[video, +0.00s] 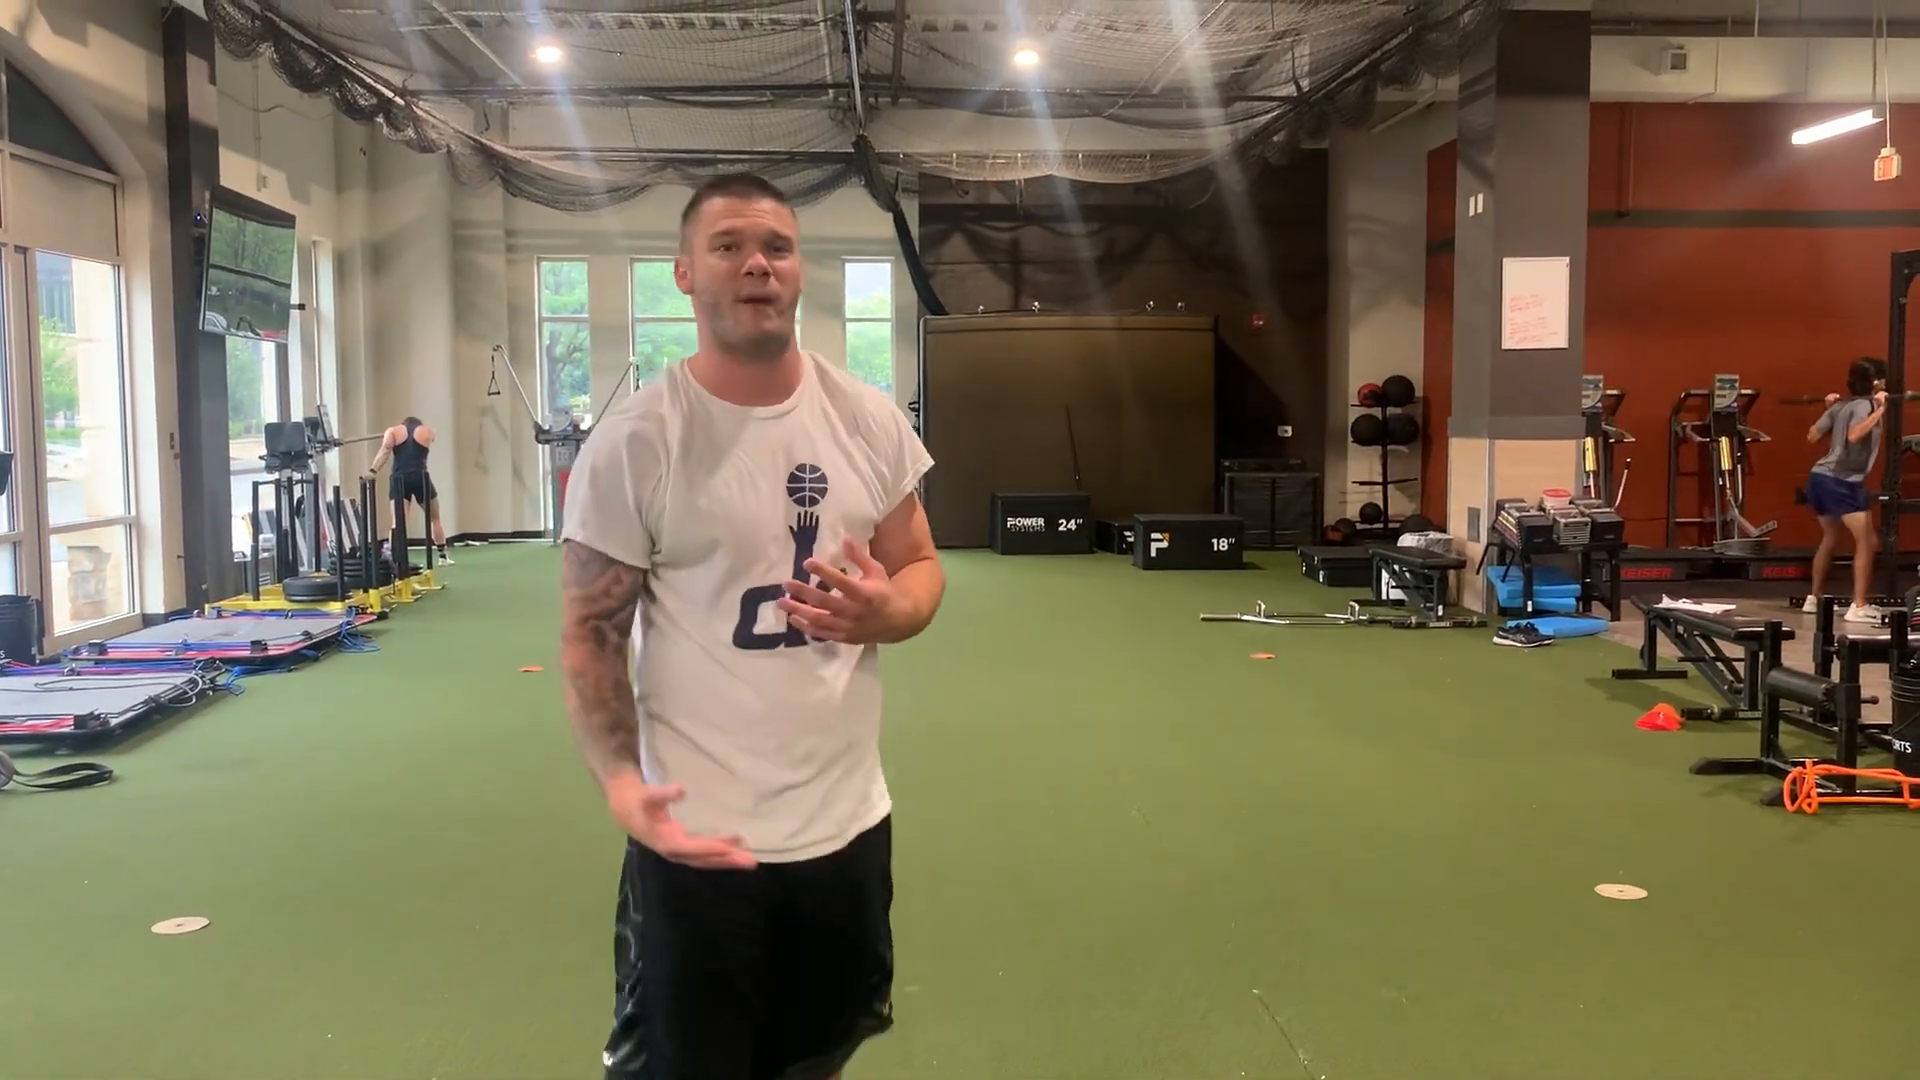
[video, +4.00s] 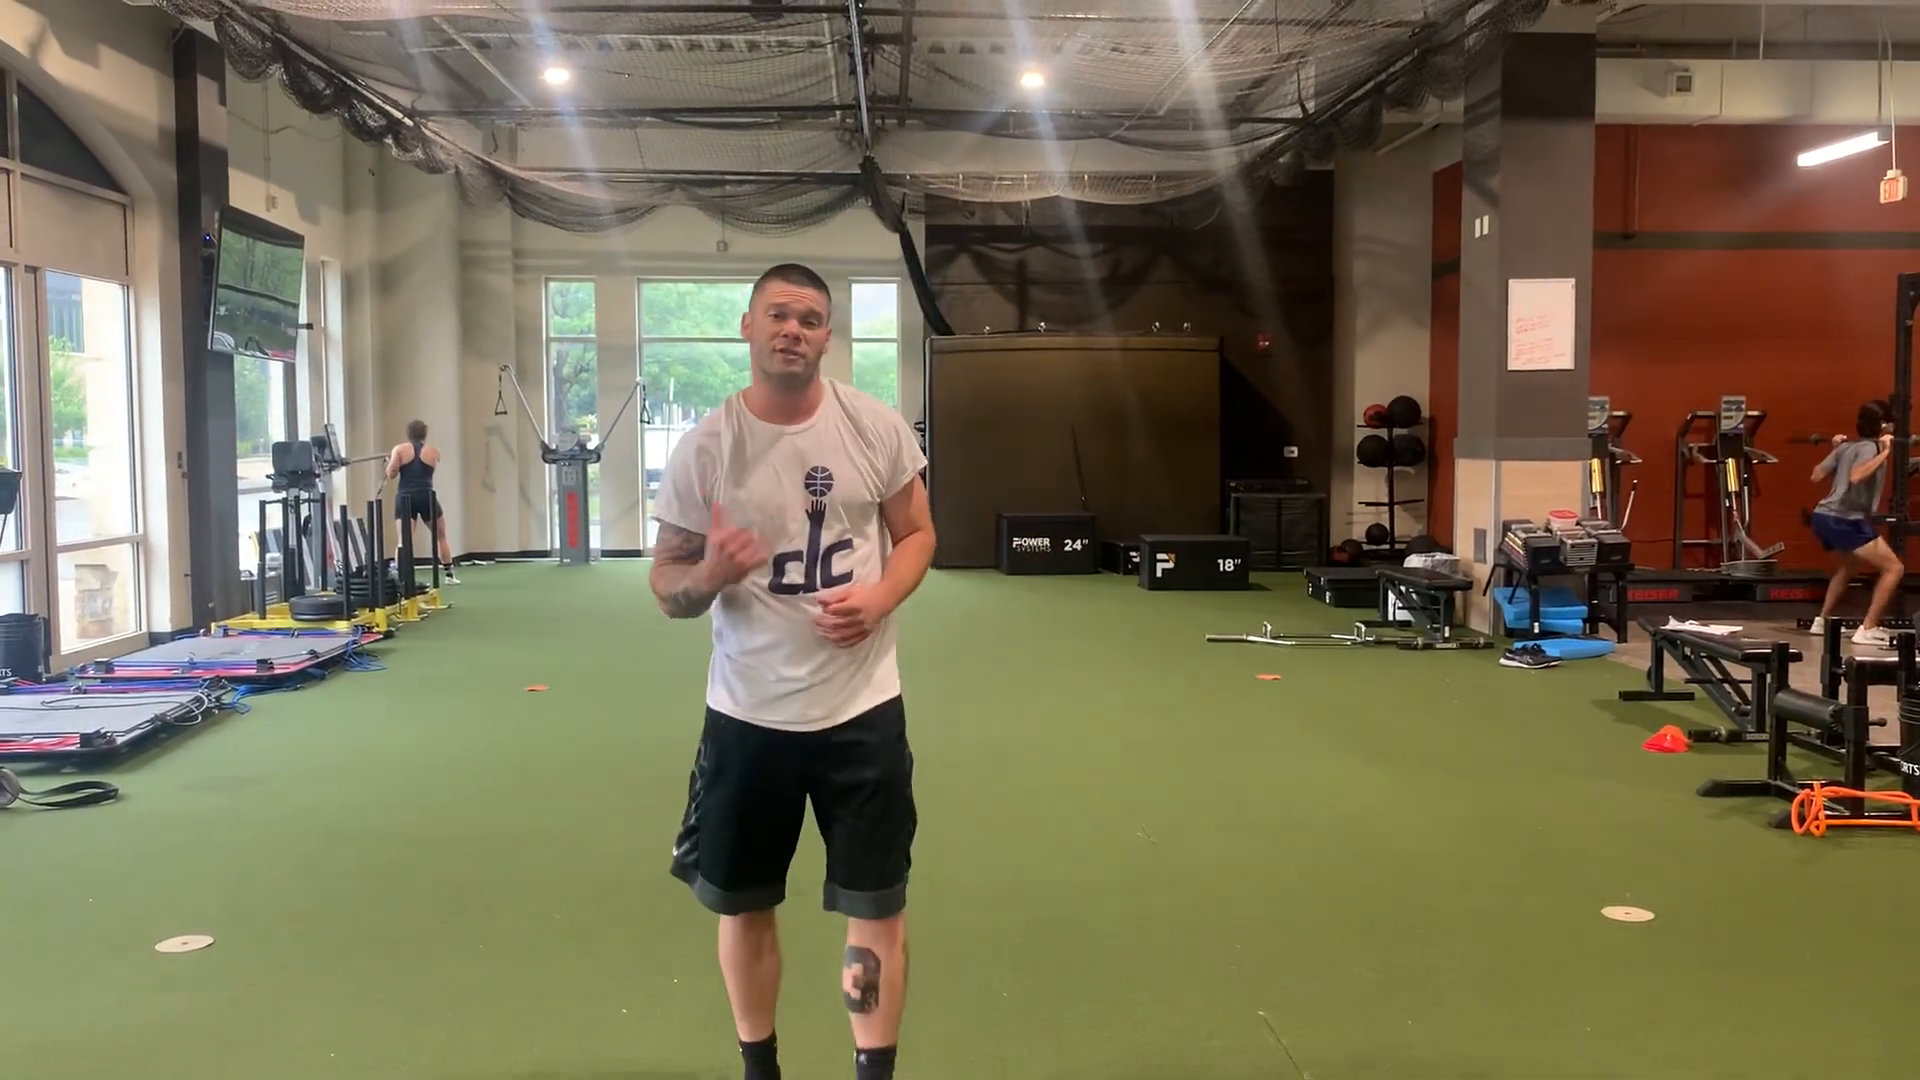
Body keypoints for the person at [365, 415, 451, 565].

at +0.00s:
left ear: (403, 424)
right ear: (419, 424)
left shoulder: (392, 431)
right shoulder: (427, 432)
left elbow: (384, 452)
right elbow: (431, 440)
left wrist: (373, 470)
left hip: (399, 479)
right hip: (420, 478)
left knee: (397, 521)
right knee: (435, 518)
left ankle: (394, 558)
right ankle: (442, 556)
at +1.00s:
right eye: (419, 431)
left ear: (402, 429)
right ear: (418, 430)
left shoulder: (390, 437)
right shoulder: (425, 439)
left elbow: (384, 456)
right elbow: (421, 457)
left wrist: (372, 475)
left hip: (396, 485)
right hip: (417, 484)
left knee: (394, 529)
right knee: (432, 524)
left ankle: (391, 565)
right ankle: (441, 562)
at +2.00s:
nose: (423, 436)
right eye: (423, 433)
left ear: (405, 432)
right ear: (421, 432)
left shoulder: (394, 441)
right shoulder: (429, 443)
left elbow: (386, 464)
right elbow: (424, 465)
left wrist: (375, 480)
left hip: (400, 489)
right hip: (421, 488)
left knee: (397, 532)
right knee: (434, 528)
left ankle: (393, 567)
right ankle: (443, 567)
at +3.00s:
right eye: (418, 428)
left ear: (403, 430)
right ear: (420, 430)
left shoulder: (394, 447)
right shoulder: (429, 448)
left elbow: (388, 469)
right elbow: (423, 467)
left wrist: (377, 488)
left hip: (400, 493)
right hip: (422, 492)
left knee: (398, 536)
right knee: (436, 532)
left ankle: (394, 571)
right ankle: (445, 569)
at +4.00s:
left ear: (408, 434)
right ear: (425, 435)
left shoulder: (399, 450)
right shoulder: (433, 452)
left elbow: (390, 473)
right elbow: (430, 470)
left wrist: (389, 463)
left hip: (405, 497)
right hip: (426, 495)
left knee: (402, 540)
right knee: (440, 536)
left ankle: (398, 573)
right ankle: (449, 574)